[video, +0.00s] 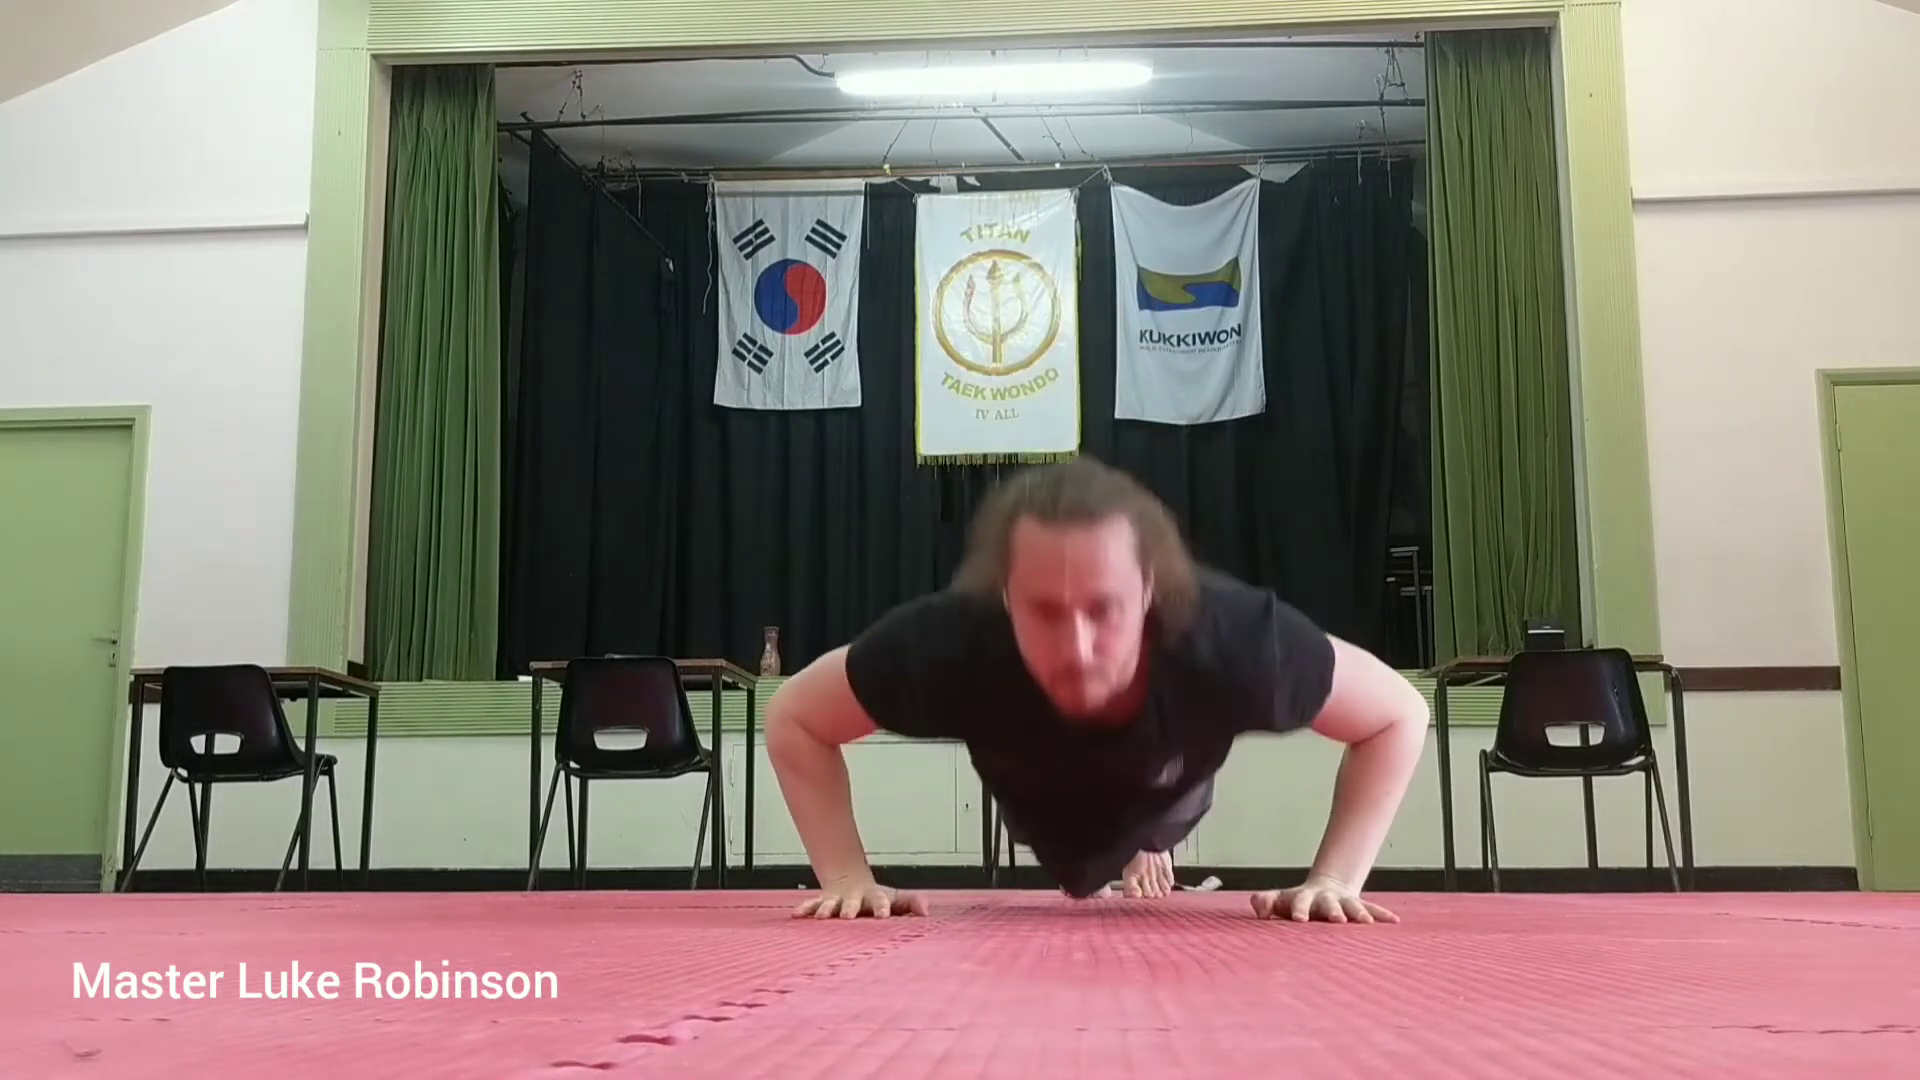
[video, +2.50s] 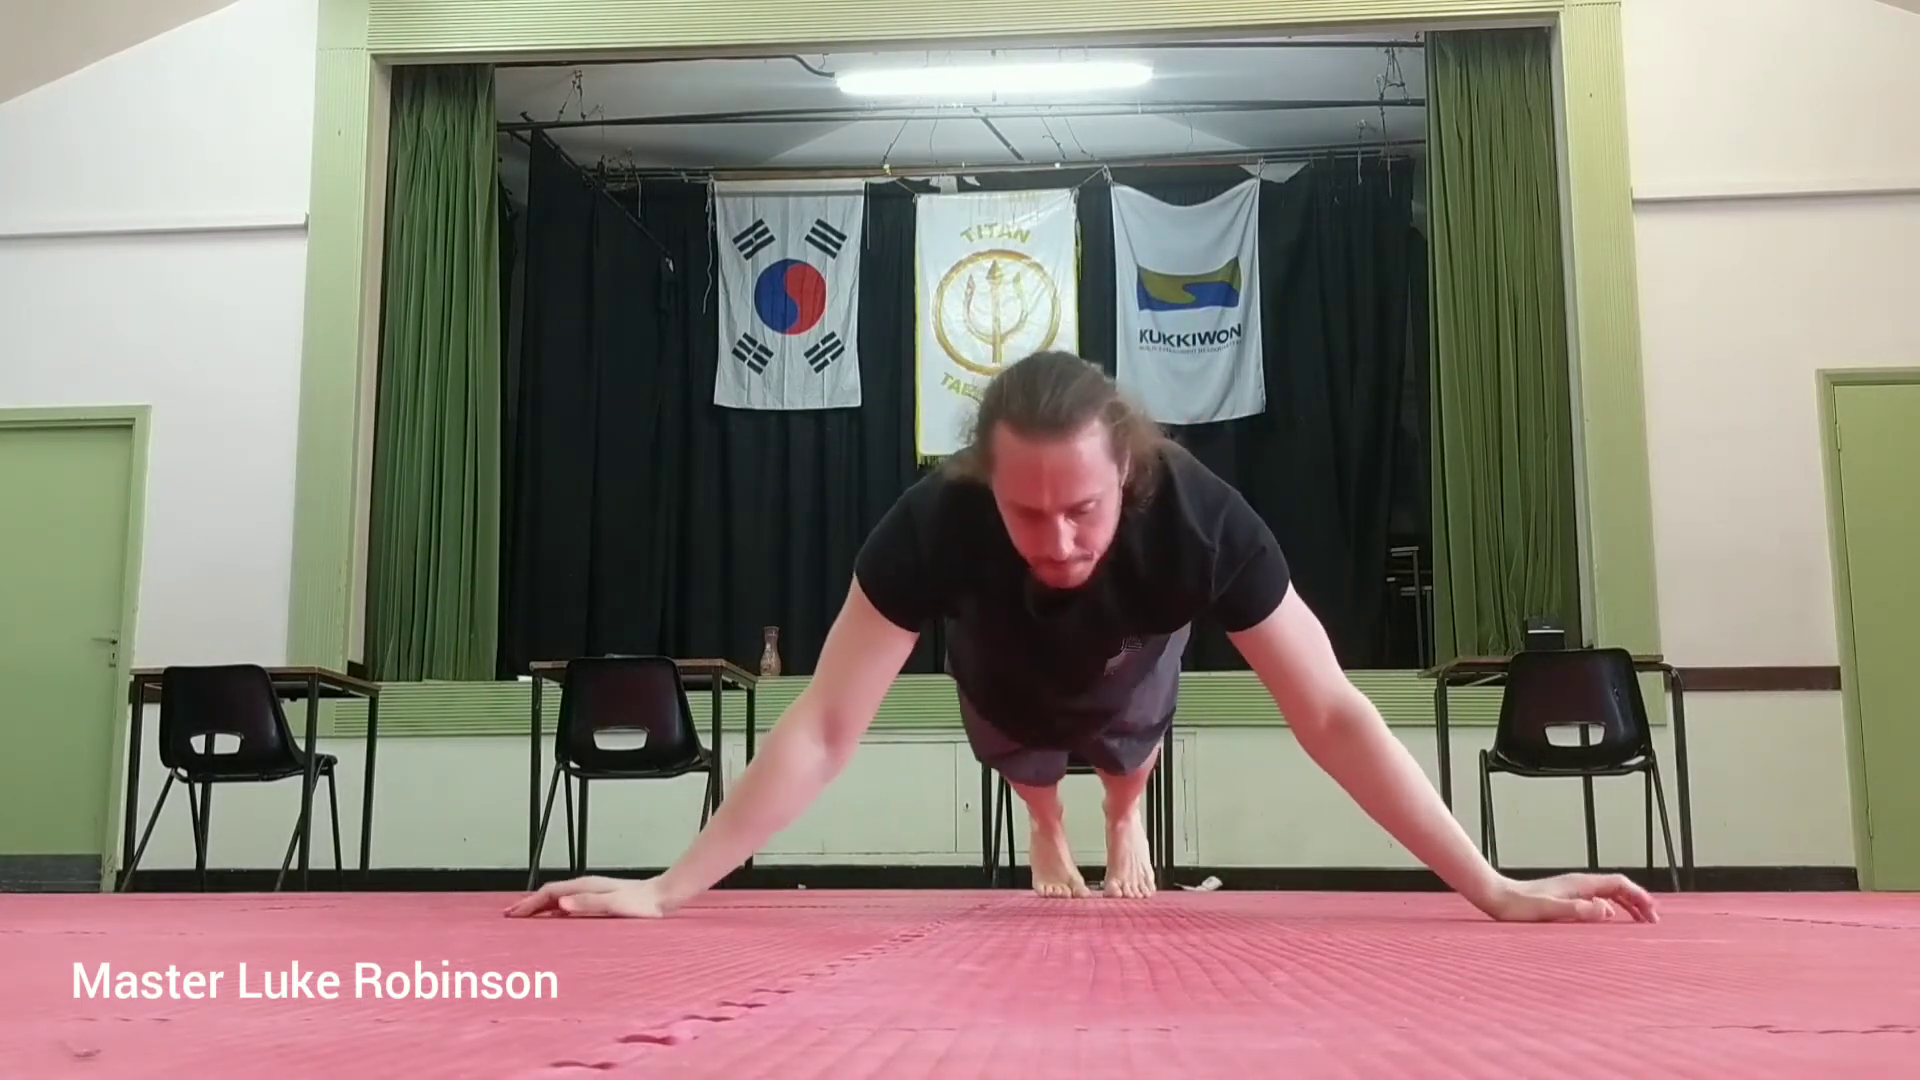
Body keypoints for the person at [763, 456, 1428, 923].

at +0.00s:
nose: (1079, 647)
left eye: (1103, 613)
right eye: (1048, 615)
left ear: (1151, 595)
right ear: (1007, 603)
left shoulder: (1236, 643)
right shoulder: (953, 645)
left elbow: (1399, 716)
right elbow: (796, 723)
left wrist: (1336, 879)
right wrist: (846, 877)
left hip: (1170, 795)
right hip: (1042, 805)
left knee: (1160, 831)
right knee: (1082, 865)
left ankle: (1152, 861)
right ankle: (1110, 875)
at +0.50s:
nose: (1071, 411)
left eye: (1093, 374)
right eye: (1039, 380)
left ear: (1136, 351)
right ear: (1001, 365)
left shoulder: (1218, 458)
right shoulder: (944, 467)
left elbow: (1302, 672)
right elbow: (872, 670)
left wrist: (1328, 874)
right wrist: (850, 871)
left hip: (1159, 646)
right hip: (1029, 653)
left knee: (1150, 750)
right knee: (1053, 752)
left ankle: (1143, 822)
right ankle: (1071, 826)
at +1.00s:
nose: (1084, 463)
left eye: (1108, 431)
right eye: (1055, 435)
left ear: (1150, 397)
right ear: (1020, 408)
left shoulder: (1236, 450)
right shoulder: (979, 465)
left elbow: (1305, 670)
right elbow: (861, 641)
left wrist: (1330, 875)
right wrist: (814, 837)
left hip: (1202, 610)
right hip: (1071, 615)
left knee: (1180, 742)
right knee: (1073, 725)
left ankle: (1139, 809)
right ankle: (1059, 828)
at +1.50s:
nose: (1009, 514)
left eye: (1030, 482)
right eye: (980, 490)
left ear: (1067, 438)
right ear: (937, 458)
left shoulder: (1147, 475)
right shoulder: (891, 506)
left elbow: (1252, 674)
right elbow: (809, 709)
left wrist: (1324, 869)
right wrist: (685, 886)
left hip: (1102, 648)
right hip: (980, 658)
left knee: (1112, 751)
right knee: (1027, 754)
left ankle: (1120, 834)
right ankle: (1060, 842)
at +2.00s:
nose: (1110, 543)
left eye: (1133, 519)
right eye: (1083, 522)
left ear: (1179, 478)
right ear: (1035, 485)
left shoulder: (1236, 510)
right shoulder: (973, 536)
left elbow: (1356, 701)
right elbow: (838, 736)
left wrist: (1472, 878)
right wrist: (685, 888)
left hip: (1154, 659)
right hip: (1031, 667)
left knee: (1137, 743)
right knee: (1041, 746)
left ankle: (1124, 835)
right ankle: (1046, 839)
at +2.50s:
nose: (1056, 539)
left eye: (1079, 512)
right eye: (1028, 515)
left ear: (1127, 471)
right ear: (986, 483)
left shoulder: (1203, 530)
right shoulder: (935, 532)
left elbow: (1337, 719)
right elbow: (821, 730)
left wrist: (1490, 888)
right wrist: (668, 890)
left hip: (1132, 682)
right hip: (1013, 698)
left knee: (1127, 763)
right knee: (1037, 777)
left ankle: (1125, 842)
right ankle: (1046, 848)